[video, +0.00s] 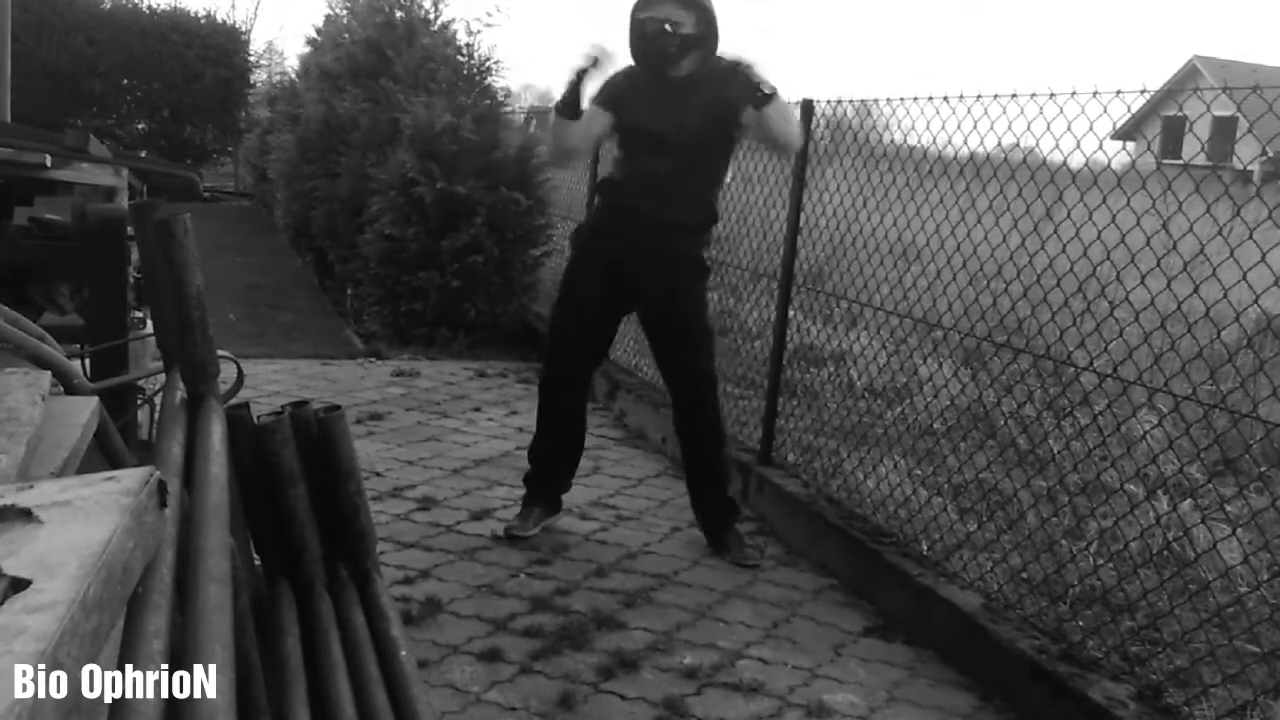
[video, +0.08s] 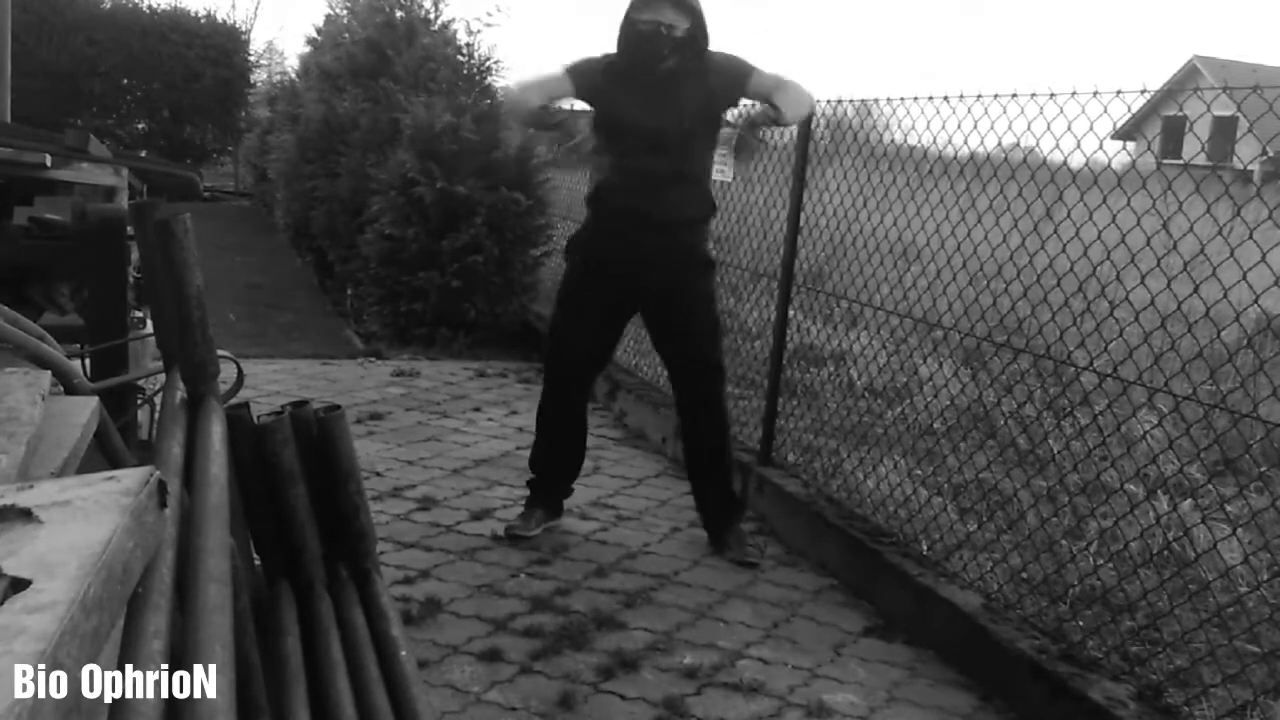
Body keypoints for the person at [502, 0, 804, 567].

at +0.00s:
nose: (661, 35)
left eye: (675, 24)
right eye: (649, 24)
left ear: (701, 33)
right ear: (636, 30)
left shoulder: (727, 84)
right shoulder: (626, 84)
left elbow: (792, 141)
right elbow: (563, 151)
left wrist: (760, 90)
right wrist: (572, 92)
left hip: (675, 259)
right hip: (605, 251)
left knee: (696, 393)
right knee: (563, 373)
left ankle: (720, 524)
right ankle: (541, 498)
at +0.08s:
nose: (658, 38)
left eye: (672, 28)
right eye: (647, 24)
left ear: (693, 32)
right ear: (628, 25)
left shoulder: (717, 75)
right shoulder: (605, 74)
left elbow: (799, 99)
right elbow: (514, 99)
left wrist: (764, 116)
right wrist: (549, 120)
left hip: (681, 257)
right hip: (605, 250)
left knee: (702, 393)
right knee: (565, 378)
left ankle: (724, 525)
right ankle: (544, 502)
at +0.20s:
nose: (657, 41)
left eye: (670, 34)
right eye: (647, 26)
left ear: (684, 39)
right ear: (623, 22)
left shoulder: (695, 76)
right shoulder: (585, 65)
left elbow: (768, 114)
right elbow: (490, 83)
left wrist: (813, 162)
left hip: (683, 257)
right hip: (607, 253)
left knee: (707, 386)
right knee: (571, 379)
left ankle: (728, 521)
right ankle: (546, 500)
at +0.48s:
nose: (641, 35)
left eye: (655, 24)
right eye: (629, 24)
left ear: (673, 31)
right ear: (609, 26)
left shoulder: (692, 80)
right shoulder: (588, 65)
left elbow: (709, 117)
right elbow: (509, 84)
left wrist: (735, 141)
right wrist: (416, 99)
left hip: (686, 253)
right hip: (609, 252)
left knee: (717, 379)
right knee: (574, 377)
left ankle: (733, 517)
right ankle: (545, 502)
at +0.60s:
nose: (643, 41)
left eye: (657, 29)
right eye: (631, 31)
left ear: (684, 35)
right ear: (619, 36)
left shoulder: (719, 78)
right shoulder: (614, 74)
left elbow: (655, 98)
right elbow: (557, 91)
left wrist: (603, 92)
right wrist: (538, 104)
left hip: (682, 255)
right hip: (608, 248)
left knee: (707, 387)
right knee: (571, 375)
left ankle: (725, 520)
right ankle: (542, 499)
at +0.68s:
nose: (657, 58)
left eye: (671, 45)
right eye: (648, 46)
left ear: (701, 44)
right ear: (638, 46)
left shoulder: (737, 92)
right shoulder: (633, 94)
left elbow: (657, 114)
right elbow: (614, 142)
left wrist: (575, 95)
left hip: (671, 270)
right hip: (604, 258)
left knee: (690, 401)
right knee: (570, 382)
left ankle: (722, 524)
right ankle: (541, 500)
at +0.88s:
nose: (656, 45)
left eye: (671, 33)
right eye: (645, 34)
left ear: (697, 35)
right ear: (632, 36)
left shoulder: (727, 75)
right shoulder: (631, 80)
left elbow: (717, 128)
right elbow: (593, 129)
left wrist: (648, 108)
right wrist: (613, 84)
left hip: (683, 256)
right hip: (612, 247)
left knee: (705, 391)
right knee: (571, 374)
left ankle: (724, 522)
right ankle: (542, 499)